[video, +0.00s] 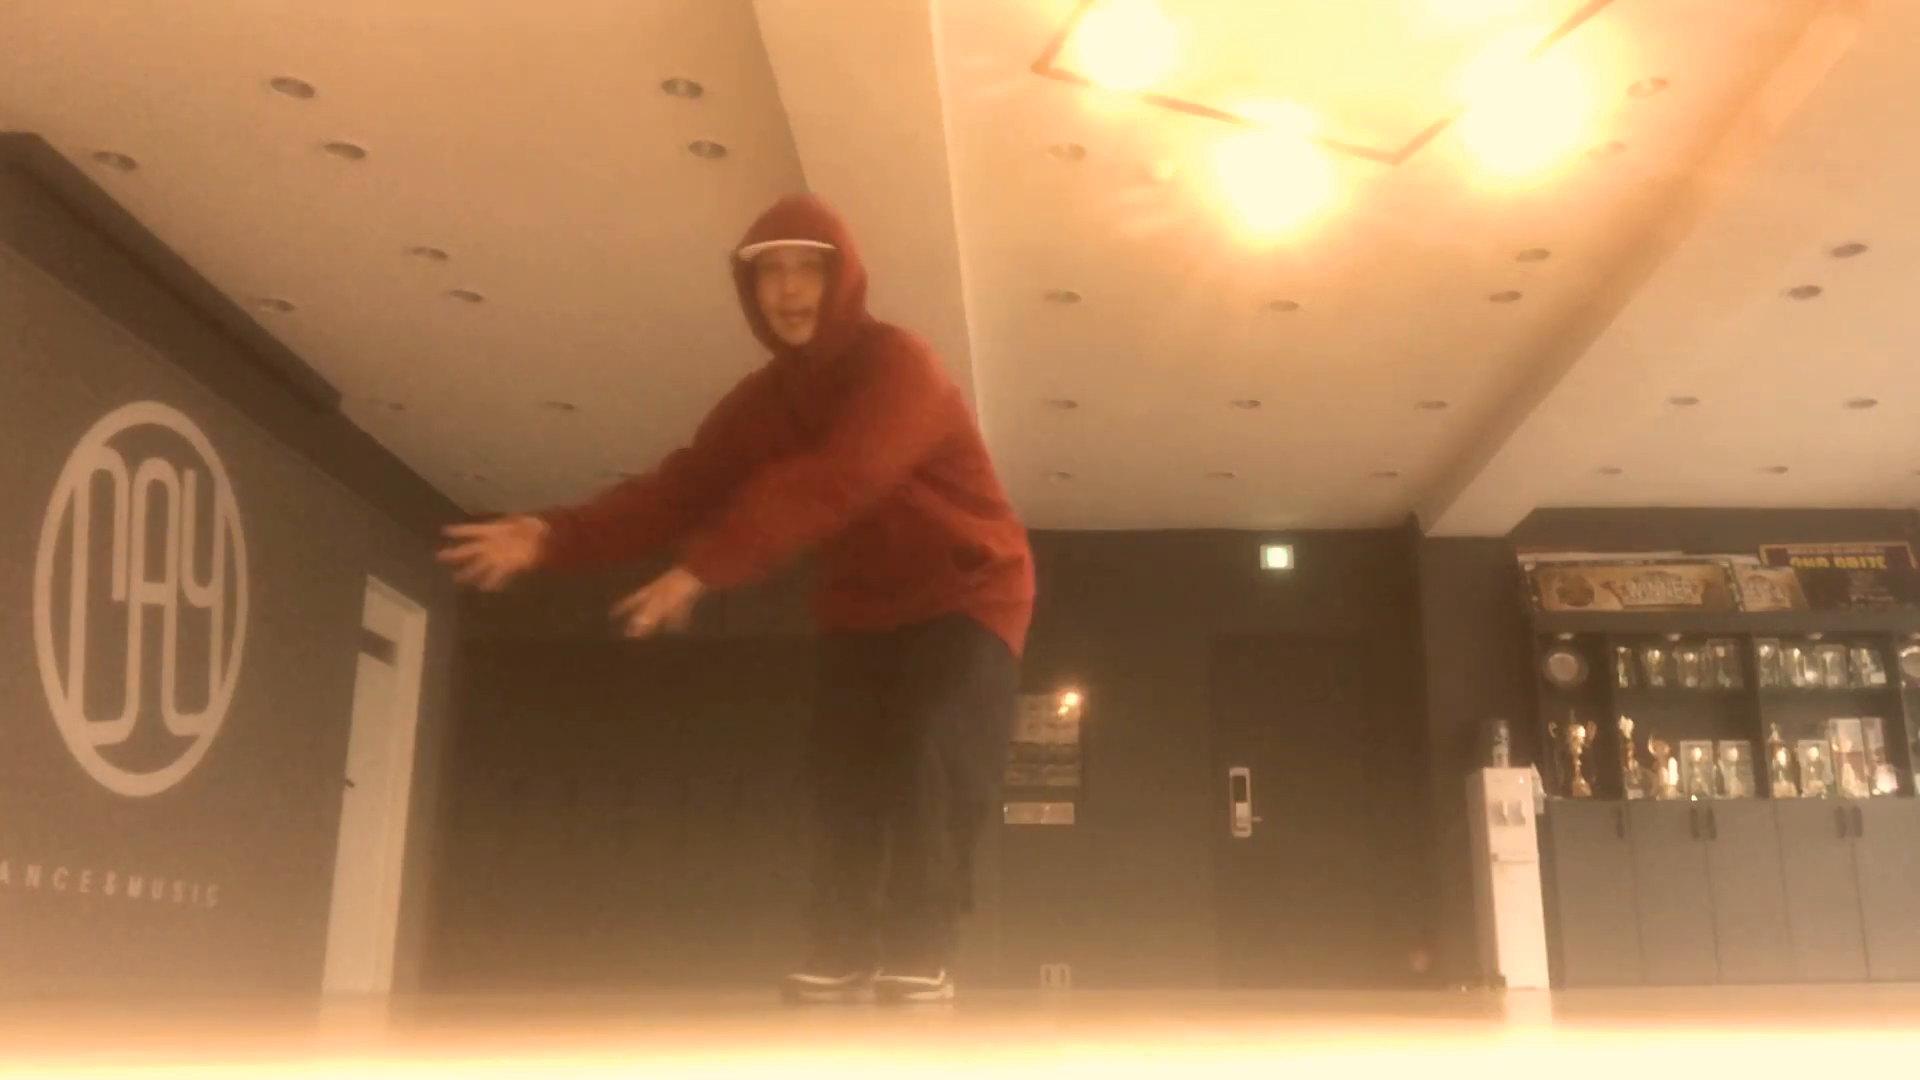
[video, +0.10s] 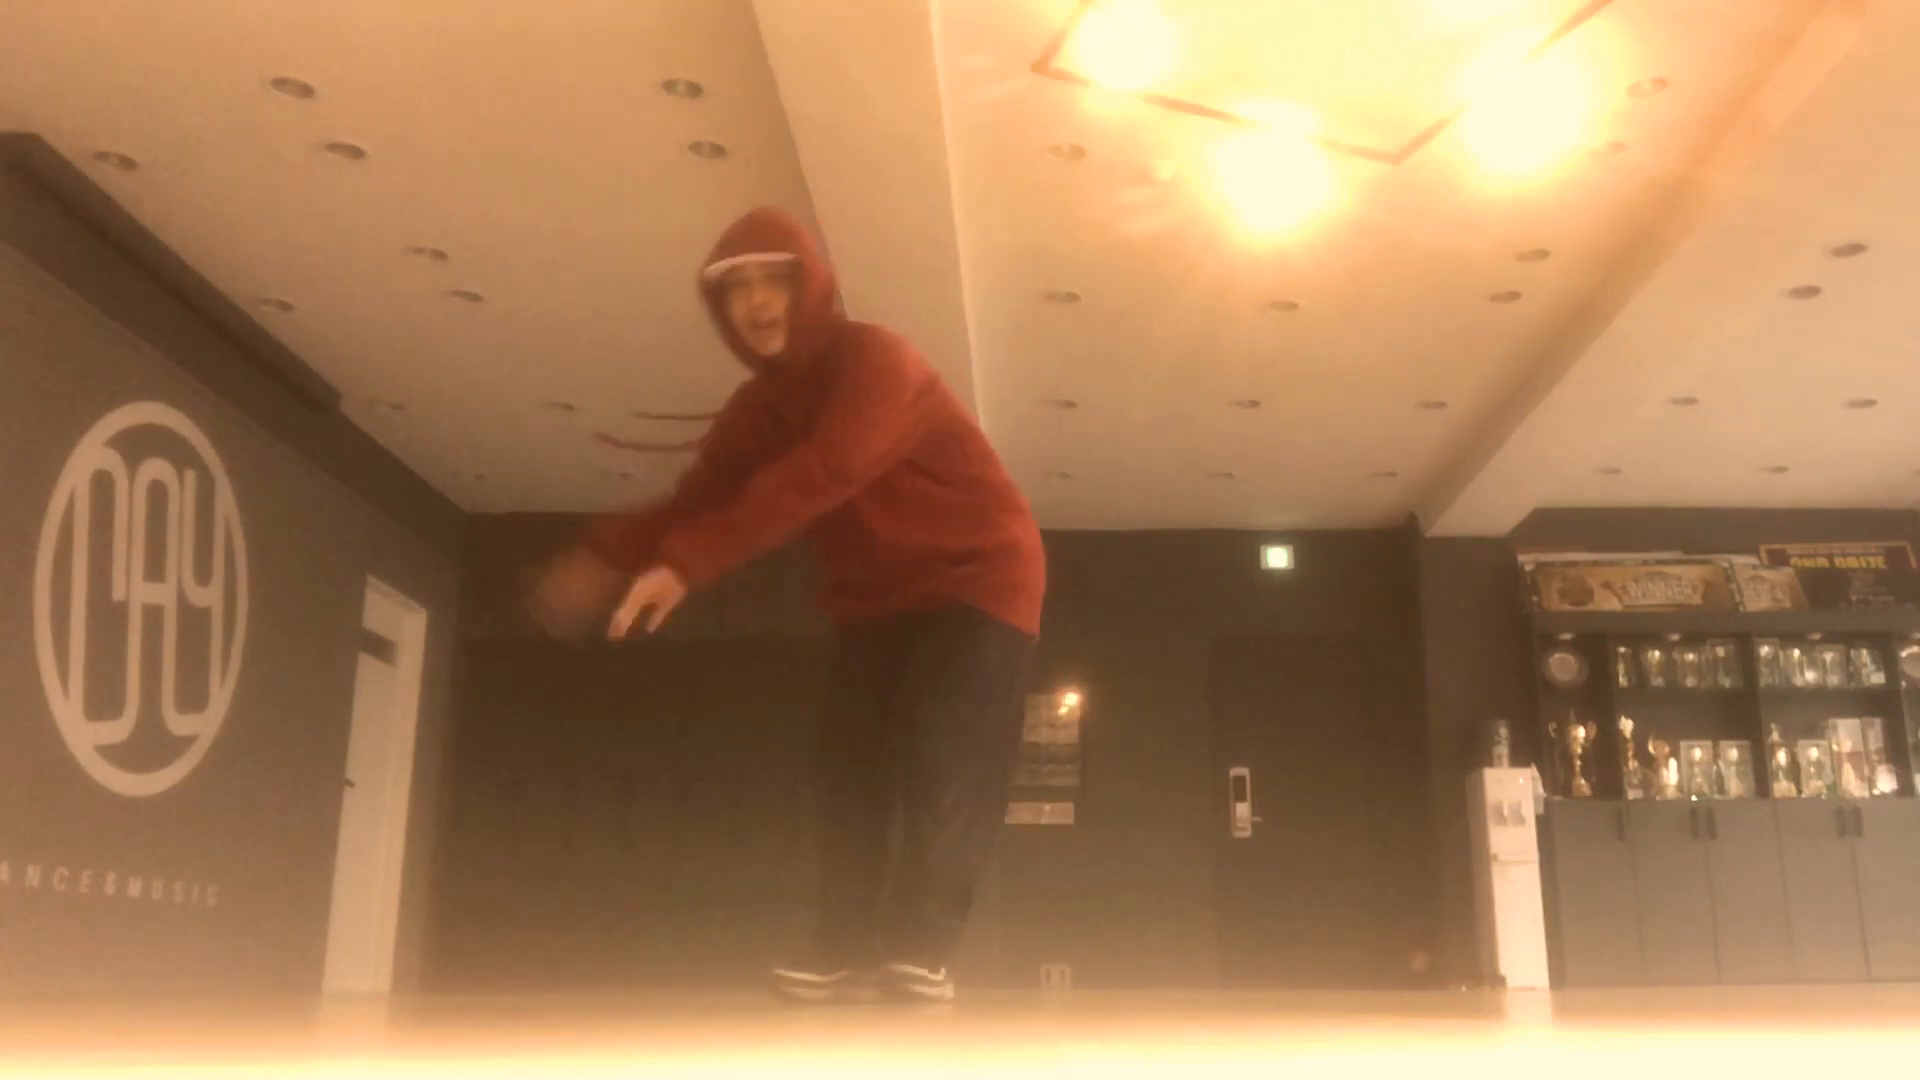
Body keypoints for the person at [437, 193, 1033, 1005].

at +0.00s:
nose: (785, 291)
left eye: (806, 271)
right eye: (767, 273)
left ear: (843, 279)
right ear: (749, 290)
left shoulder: (900, 367)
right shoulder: (766, 397)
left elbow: (836, 482)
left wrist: (701, 568)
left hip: (965, 594)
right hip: (861, 609)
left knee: (931, 759)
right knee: (845, 774)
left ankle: (922, 956)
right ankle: (840, 954)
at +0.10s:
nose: (757, 303)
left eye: (775, 281)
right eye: (736, 289)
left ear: (813, 286)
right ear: (720, 310)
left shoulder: (878, 362)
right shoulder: (760, 405)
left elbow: (820, 476)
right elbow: (699, 501)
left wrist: (686, 566)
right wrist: (603, 553)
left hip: (978, 578)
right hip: (877, 595)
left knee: (938, 761)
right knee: (849, 762)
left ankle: (922, 956)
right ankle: (845, 951)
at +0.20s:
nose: (739, 323)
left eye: (755, 300)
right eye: (720, 309)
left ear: (796, 301)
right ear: (708, 326)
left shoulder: (867, 376)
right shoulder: (762, 420)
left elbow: (852, 520)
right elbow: (751, 536)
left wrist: (735, 628)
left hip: (959, 575)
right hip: (865, 591)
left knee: (907, 741)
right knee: (829, 746)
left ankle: (985, 880)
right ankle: (851, 951)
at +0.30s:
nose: (737, 317)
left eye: (751, 293)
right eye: (718, 303)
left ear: (791, 294)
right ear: (706, 322)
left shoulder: (859, 374)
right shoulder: (770, 413)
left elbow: (892, 531)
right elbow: (795, 510)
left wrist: (858, 664)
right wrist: (803, 577)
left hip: (960, 559)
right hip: (872, 563)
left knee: (884, 718)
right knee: (829, 719)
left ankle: (1011, 703)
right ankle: (848, 948)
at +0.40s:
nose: (737, 292)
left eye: (752, 269)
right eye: (719, 281)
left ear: (792, 266)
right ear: (708, 298)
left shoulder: (859, 337)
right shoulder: (772, 382)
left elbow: (929, 470)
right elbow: (783, 521)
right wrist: (803, 490)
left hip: (969, 525)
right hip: (896, 540)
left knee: (886, 663)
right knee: (864, 723)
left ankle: (1023, 733)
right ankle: (853, 943)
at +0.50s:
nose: (756, 276)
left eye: (770, 253)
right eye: (737, 262)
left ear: (809, 252)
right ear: (726, 281)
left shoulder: (881, 333)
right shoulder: (777, 366)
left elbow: (971, 448)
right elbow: (752, 474)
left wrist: (1053, 562)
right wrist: (768, 431)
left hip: (966, 551)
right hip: (899, 561)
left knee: (919, 693)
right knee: (881, 707)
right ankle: (925, 913)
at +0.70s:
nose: (774, 295)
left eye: (791, 272)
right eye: (756, 281)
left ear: (831, 268)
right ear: (745, 293)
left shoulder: (904, 347)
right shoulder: (806, 376)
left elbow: (990, 476)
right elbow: (777, 465)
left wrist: (1053, 608)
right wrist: (767, 490)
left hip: (980, 567)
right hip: (901, 574)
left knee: (922, 722)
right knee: (869, 727)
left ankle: (956, 941)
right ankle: (943, 929)